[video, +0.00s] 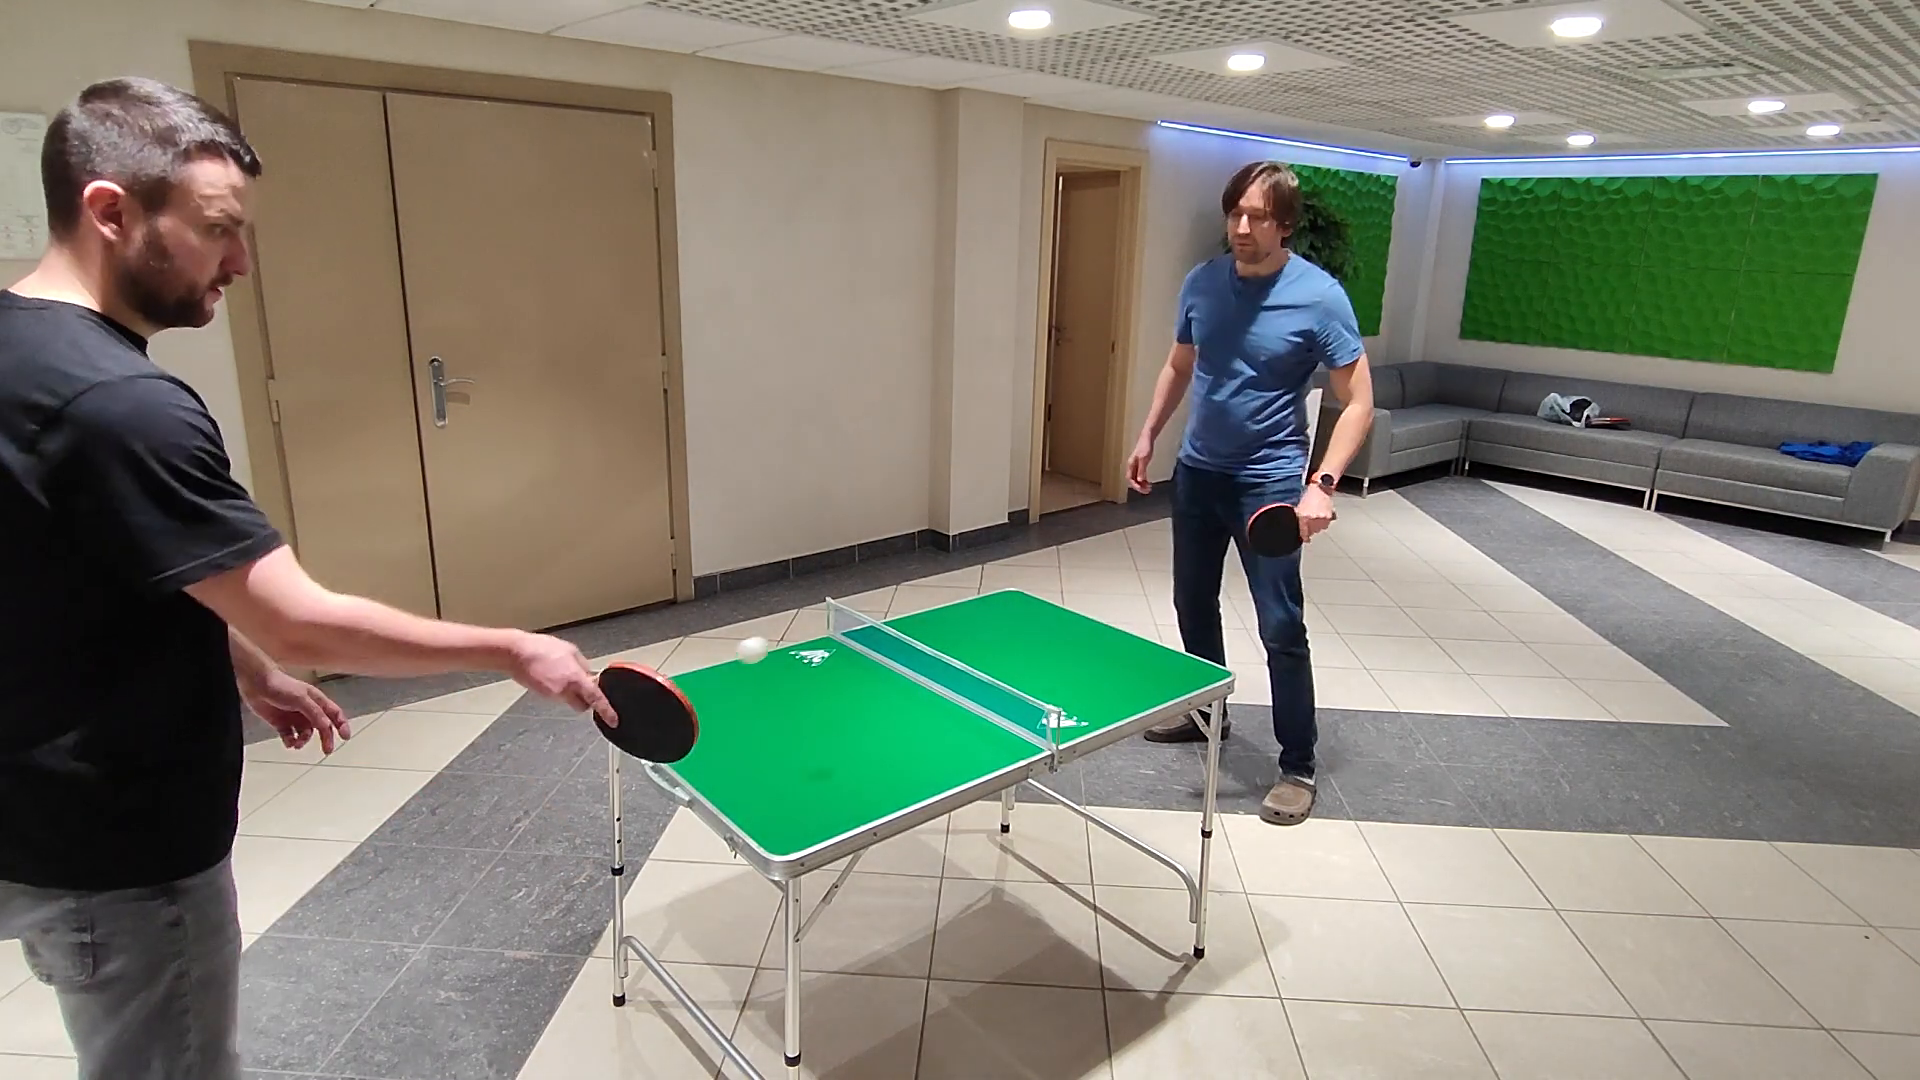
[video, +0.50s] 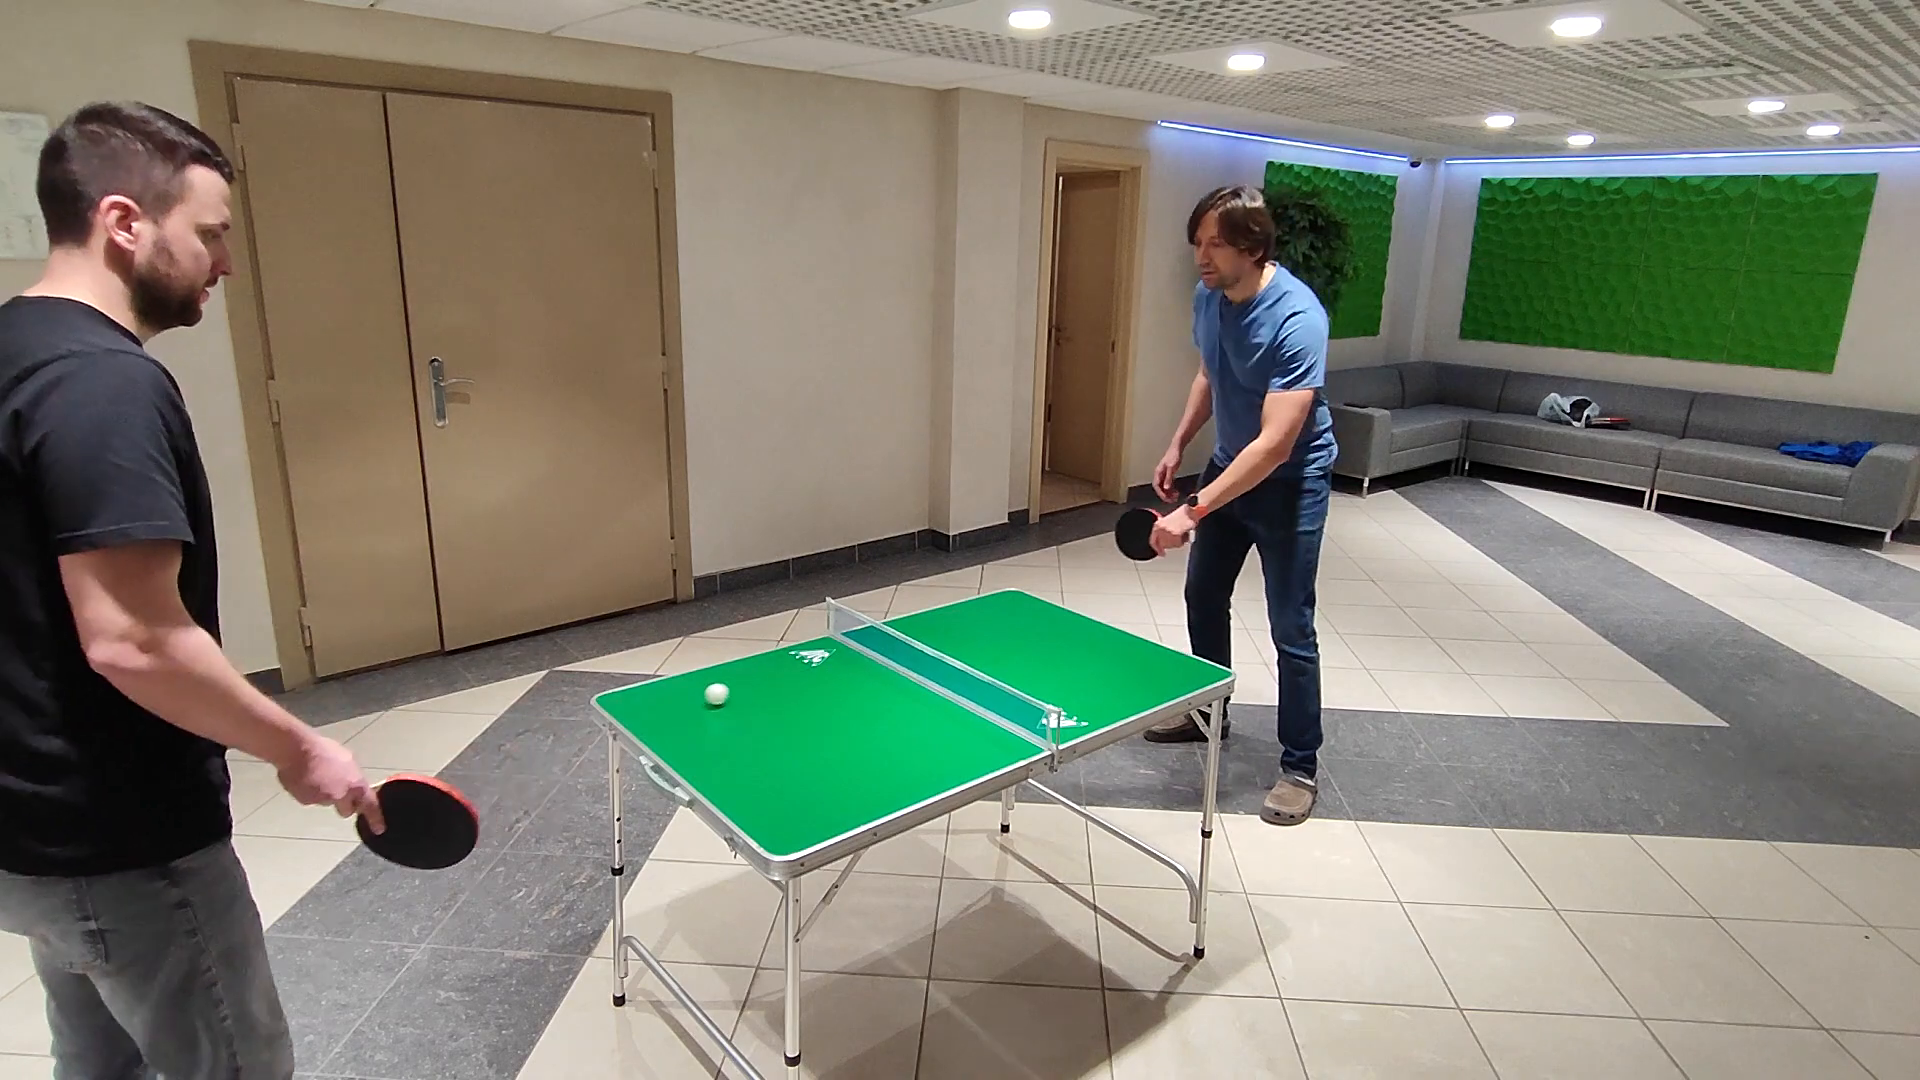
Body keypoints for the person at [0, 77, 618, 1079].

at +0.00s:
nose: (242, 262)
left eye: (243, 233)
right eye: (220, 228)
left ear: (106, 217)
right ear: (110, 214)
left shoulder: (22, 344)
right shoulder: (123, 406)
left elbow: (114, 550)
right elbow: (300, 628)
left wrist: (248, 667)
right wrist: (513, 650)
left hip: (51, 837)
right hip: (128, 863)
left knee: (151, 1059)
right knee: (171, 1070)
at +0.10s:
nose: (227, 253)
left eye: (226, 224)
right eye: (208, 218)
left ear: (99, 212)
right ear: (104, 209)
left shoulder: (15, 342)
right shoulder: (125, 394)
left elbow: (62, 577)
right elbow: (299, 610)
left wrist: (217, 682)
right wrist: (506, 639)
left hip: (39, 825)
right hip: (128, 851)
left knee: (144, 1056)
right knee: (170, 1067)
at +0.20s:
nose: (215, 249)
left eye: (212, 220)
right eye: (197, 215)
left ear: (90, 209)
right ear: (98, 206)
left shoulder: (13, 343)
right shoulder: (122, 390)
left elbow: (53, 593)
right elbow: (259, 620)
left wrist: (204, 710)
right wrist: (469, 659)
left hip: (40, 821)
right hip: (137, 841)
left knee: (111, 1062)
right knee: (178, 1069)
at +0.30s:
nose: (210, 247)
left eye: (208, 219)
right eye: (193, 215)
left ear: (92, 210)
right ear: (97, 210)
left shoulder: (14, 343)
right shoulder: (116, 384)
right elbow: (208, 635)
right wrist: (403, 689)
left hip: (38, 822)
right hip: (139, 839)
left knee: (101, 1064)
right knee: (184, 1069)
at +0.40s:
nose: (212, 254)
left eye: (209, 227)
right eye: (194, 223)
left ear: (95, 217)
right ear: (102, 214)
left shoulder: (14, 342)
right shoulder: (106, 378)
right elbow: (165, 637)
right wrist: (341, 723)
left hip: (39, 834)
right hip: (136, 847)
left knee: (100, 1064)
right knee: (207, 1067)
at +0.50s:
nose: (223, 266)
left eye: (224, 240)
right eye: (210, 234)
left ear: (117, 224)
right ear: (124, 223)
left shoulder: (18, 343)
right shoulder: (102, 374)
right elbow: (134, 639)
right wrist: (299, 748)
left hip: (39, 836)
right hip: (132, 850)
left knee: (106, 1069)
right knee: (237, 1066)